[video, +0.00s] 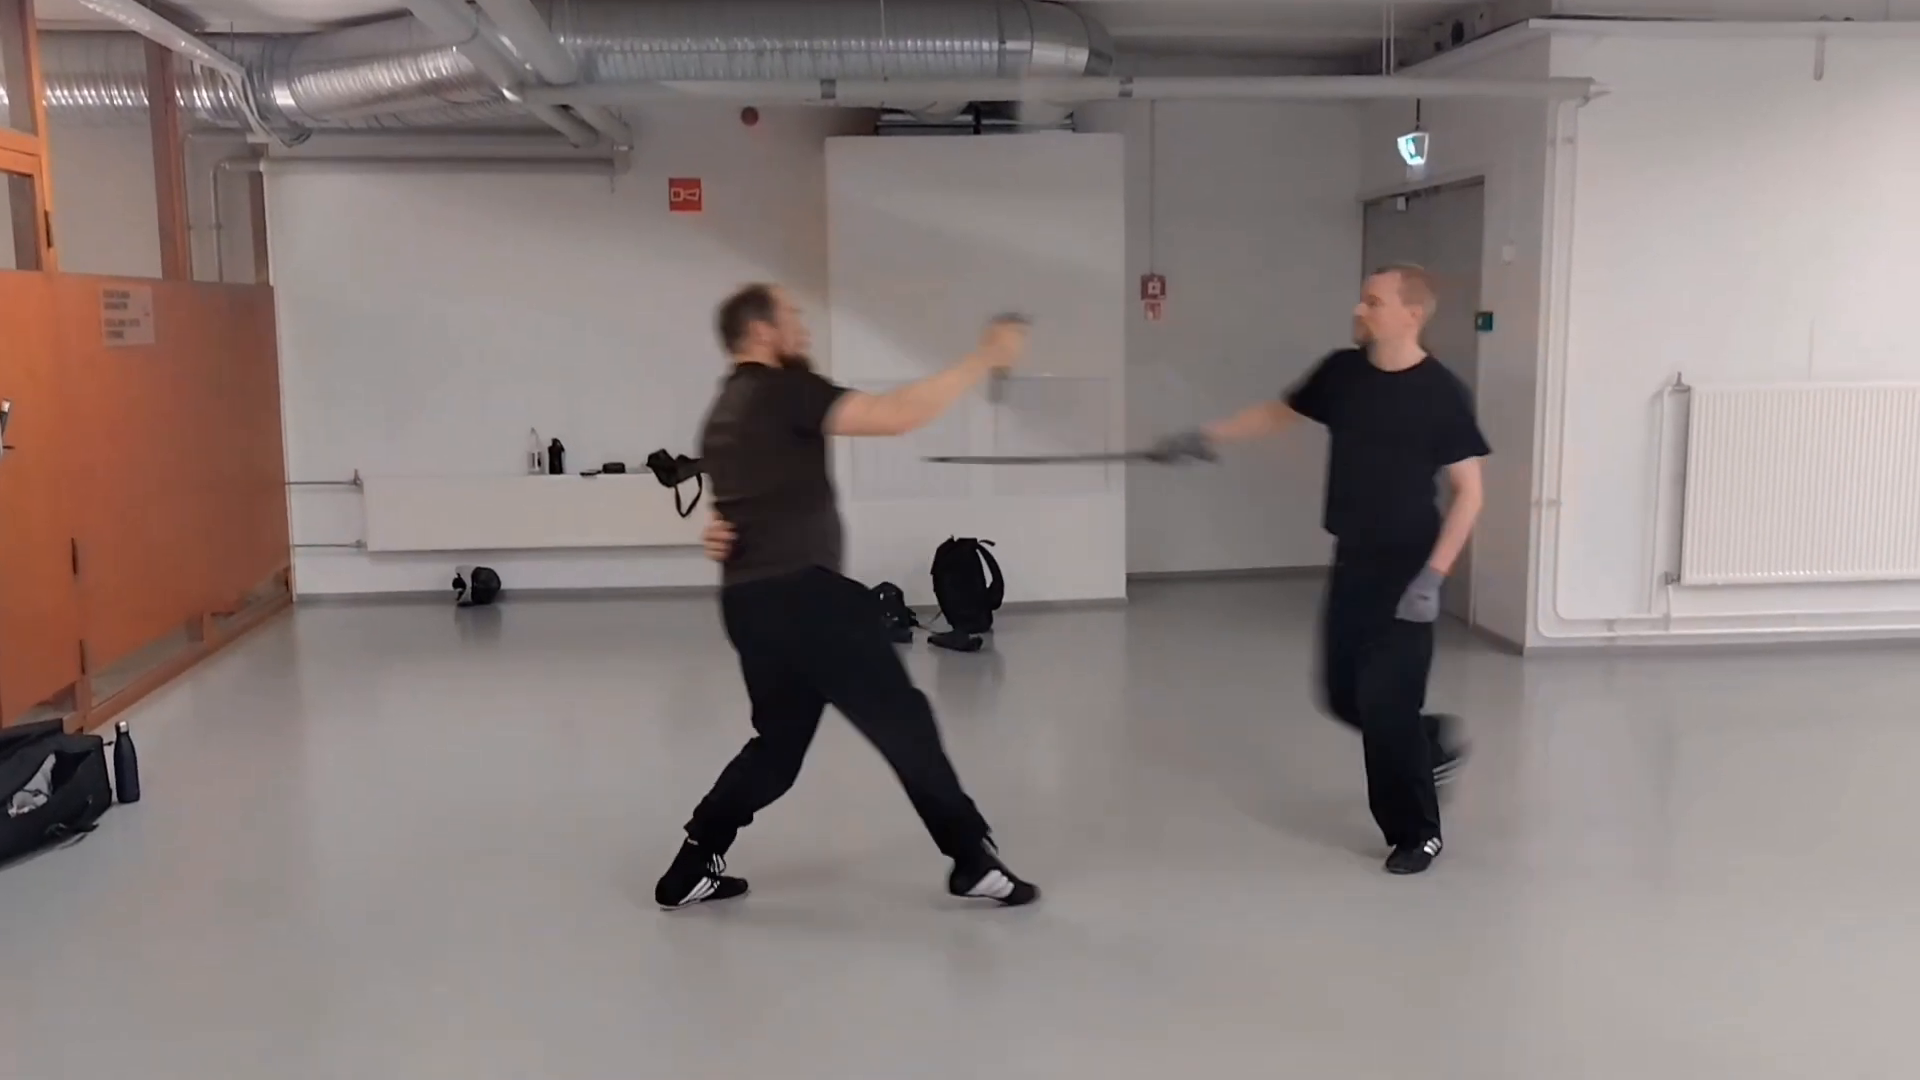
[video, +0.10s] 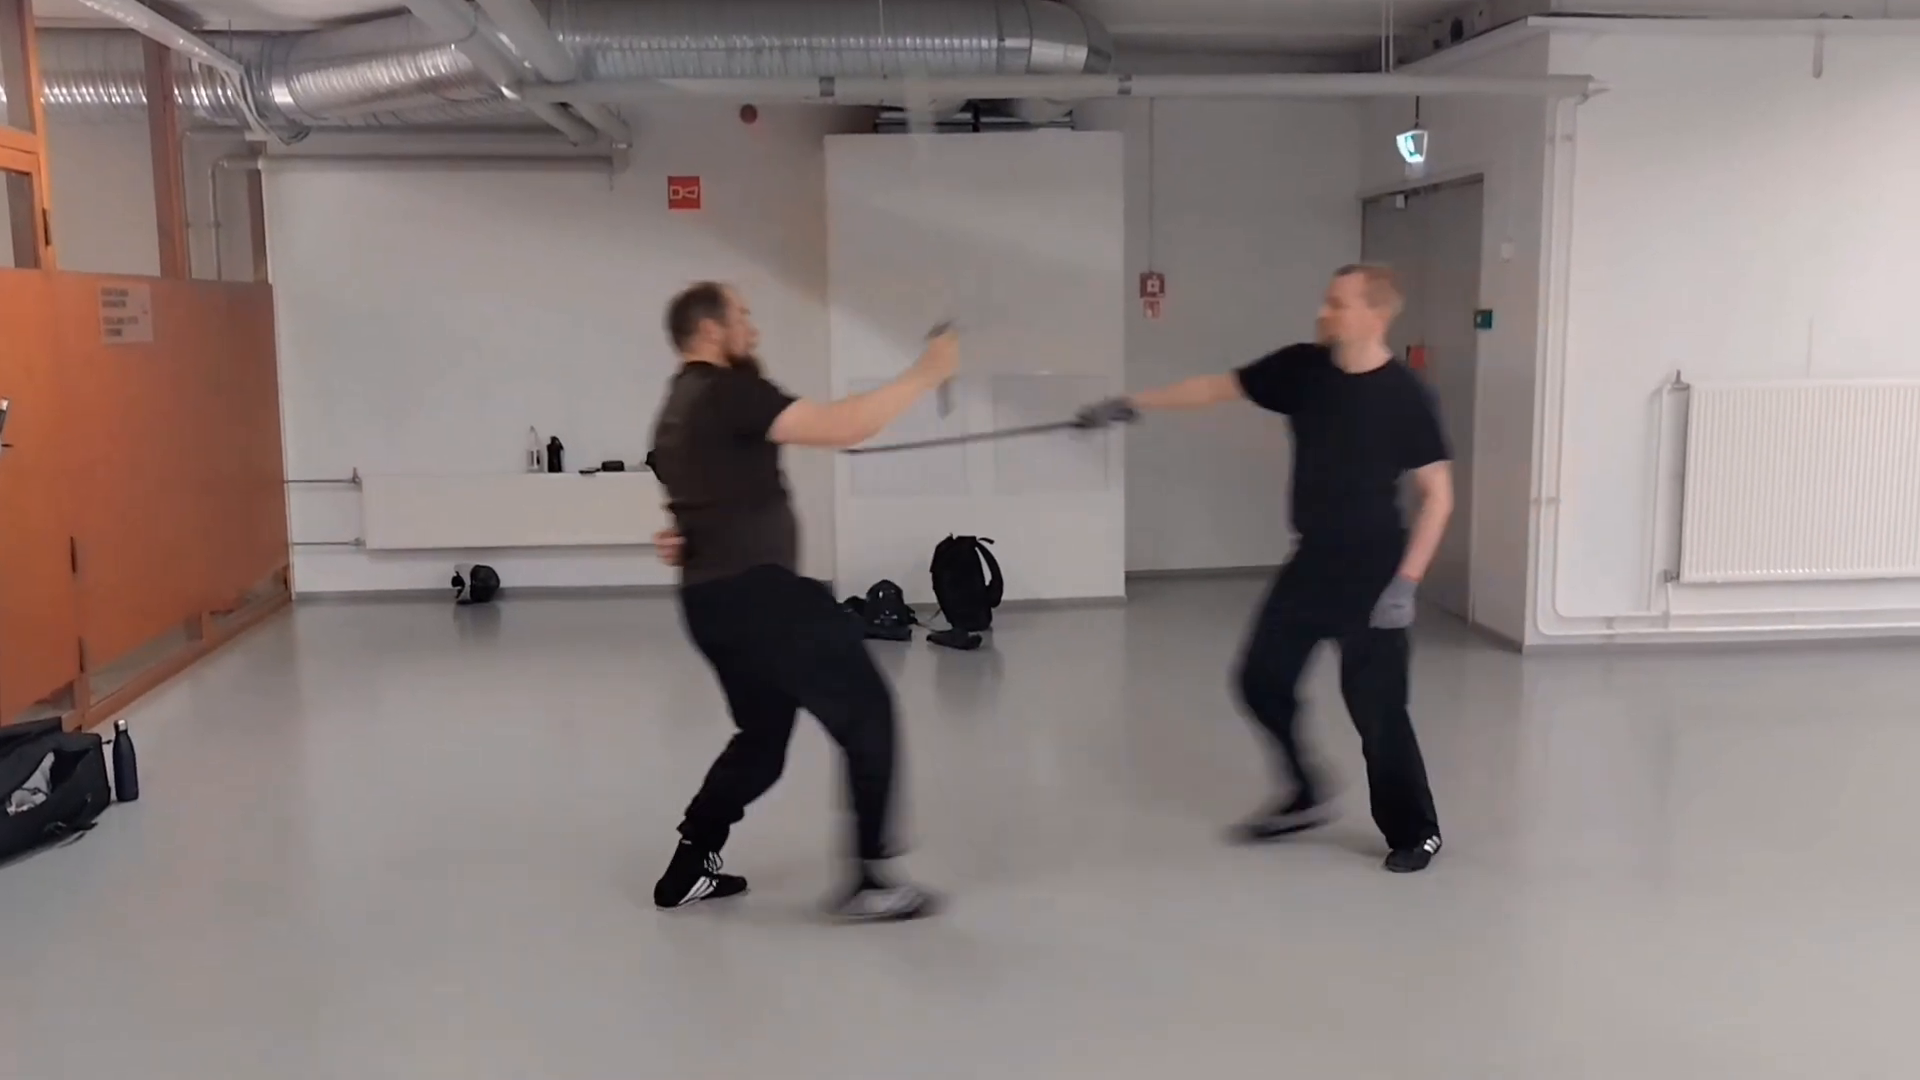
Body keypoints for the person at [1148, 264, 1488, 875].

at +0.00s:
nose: (1358, 311)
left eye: (1373, 303)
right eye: (1361, 301)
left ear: (1413, 316)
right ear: (1377, 313)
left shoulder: (1441, 391)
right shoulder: (1344, 371)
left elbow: (1469, 493)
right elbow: (1276, 415)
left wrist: (1432, 574)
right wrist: (1204, 437)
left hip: (1411, 565)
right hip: (1354, 558)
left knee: (1388, 702)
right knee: (1343, 694)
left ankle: (1416, 834)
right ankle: (1430, 739)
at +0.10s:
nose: (1323, 313)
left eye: (1337, 305)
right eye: (1326, 302)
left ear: (1377, 316)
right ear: (1340, 311)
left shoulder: (1404, 394)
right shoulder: (1304, 368)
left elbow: (1438, 494)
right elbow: (1216, 388)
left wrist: (1406, 582)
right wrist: (1131, 404)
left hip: (1376, 567)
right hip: (1314, 560)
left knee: (1376, 706)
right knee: (1262, 681)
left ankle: (1415, 833)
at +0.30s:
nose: (1234, 336)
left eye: (1247, 328)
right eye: (1236, 325)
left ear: (1285, 338)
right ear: (1248, 332)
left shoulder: (1310, 420)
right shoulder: (1205, 381)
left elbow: (1347, 514)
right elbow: (1116, 394)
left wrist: (1327, 603)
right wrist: (1028, 407)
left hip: (1262, 597)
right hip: (1190, 590)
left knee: (1323, 709)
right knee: (1127, 696)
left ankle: (1391, 818)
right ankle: (1060, 829)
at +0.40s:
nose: (1169, 356)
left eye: (1183, 348)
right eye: (1171, 345)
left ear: (1222, 362)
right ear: (1180, 351)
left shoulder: (1242, 442)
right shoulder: (1141, 401)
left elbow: (1272, 533)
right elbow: (1061, 433)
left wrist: (1257, 618)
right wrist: (978, 466)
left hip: (1190, 613)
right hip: (1117, 604)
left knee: (1238, 727)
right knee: (1045, 701)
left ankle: (1330, 818)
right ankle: (1039, 840)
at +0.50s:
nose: (1128, 356)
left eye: (1143, 349)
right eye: (1131, 345)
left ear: (1183, 360)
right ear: (1137, 353)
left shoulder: (1211, 439)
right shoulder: (1101, 407)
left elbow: (1242, 528)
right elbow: (1029, 454)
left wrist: (1234, 614)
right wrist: (952, 494)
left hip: (1169, 613)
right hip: (1090, 605)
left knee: (1224, 728)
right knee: (1022, 702)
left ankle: (1305, 824)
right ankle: (1038, 839)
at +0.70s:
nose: (1096, 355)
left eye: (1110, 347)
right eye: (1098, 344)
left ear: (1152, 358)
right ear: (1106, 349)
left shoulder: (1186, 431)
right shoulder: (1072, 409)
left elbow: (1223, 516)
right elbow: (1009, 467)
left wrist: (1225, 604)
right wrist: (939, 515)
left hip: (1155, 609)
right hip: (1074, 604)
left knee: (1220, 722)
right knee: (1009, 704)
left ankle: (1302, 824)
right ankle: (1036, 837)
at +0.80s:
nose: (1105, 349)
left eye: (1119, 342)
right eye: (1108, 338)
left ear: (1159, 355)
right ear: (1121, 347)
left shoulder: (1191, 431)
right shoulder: (1078, 405)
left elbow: (1227, 517)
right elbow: (1016, 465)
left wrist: (1230, 602)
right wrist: (945, 515)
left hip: (1157, 607)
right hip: (1074, 602)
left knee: (1222, 718)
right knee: (1008, 703)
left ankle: (1302, 821)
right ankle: (1035, 835)